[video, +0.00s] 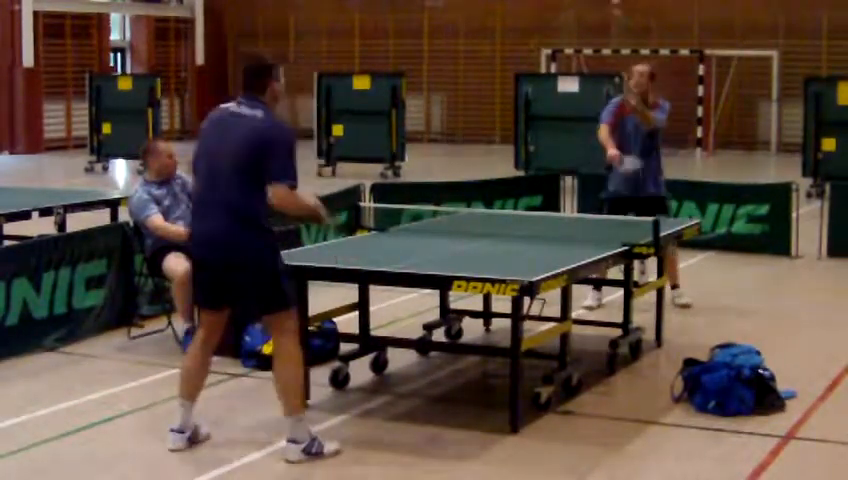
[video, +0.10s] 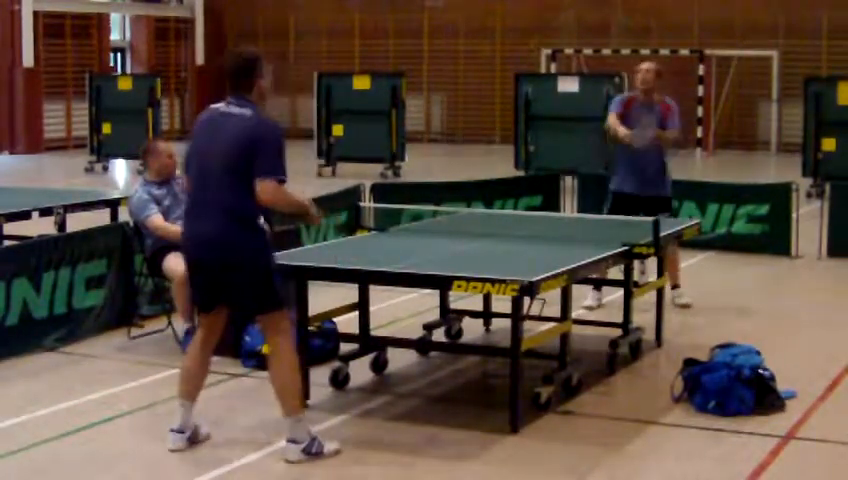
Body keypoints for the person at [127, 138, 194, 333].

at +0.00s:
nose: (174, 161)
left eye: (174, 156)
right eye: (168, 157)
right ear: (151, 162)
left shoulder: (182, 182)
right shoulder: (141, 196)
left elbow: (204, 199)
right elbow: (159, 227)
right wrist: (191, 235)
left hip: (194, 234)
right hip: (164, 243)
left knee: (218, 260)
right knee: (182, 270)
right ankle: (188, 325)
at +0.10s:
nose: (174, 161)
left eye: (173, 156)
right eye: (168, 157)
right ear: (151, 162)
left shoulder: (181, 183)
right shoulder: (141, 196)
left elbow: (199, 204)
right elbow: (159, 227)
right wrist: (192, 234)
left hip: (191, 234)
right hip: (162, 242)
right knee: (181, 270)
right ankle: (187, 325)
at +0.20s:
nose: (174, 160)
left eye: (173, 156)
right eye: (168, 156)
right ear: (152, 162)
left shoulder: (175, 185)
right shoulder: (140, 196)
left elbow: (190, 210)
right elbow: (159, 227)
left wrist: (199, 229)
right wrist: (191, 235)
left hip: (186, 237)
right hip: (160, 244)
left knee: (210, 260)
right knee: (180, 272)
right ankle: (188, 323)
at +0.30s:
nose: (174, 160)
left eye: (173, 156)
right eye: (168, 156)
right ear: (152, 162)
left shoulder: (175, 184)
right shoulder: (140, 196)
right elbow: (159, 227)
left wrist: (199, 229)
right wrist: (191, 235)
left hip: (186, 237)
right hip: (160, 245)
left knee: (210, 260)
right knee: (180, 271)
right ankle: (187, 322)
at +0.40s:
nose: (174, 160)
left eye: (173, 156)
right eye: (168, 156)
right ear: (152, 162)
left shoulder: (177, 184)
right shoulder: (140, 196)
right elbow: (159, 227)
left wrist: (200, 229)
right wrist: (191, 234)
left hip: (187, 237)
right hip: (160, 245)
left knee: (210, 260)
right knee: (180, 272)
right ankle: (187, 323)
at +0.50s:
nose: (174, 161)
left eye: (173, 156)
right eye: (169, 157)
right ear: (152, 163)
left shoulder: (179, 184)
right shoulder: (140, 196)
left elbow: (198, 207)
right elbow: (161, 228)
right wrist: (194, 232)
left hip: (190, 239)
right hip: (162, 246)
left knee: (214, 260)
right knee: (181, 271)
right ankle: (189, 324)